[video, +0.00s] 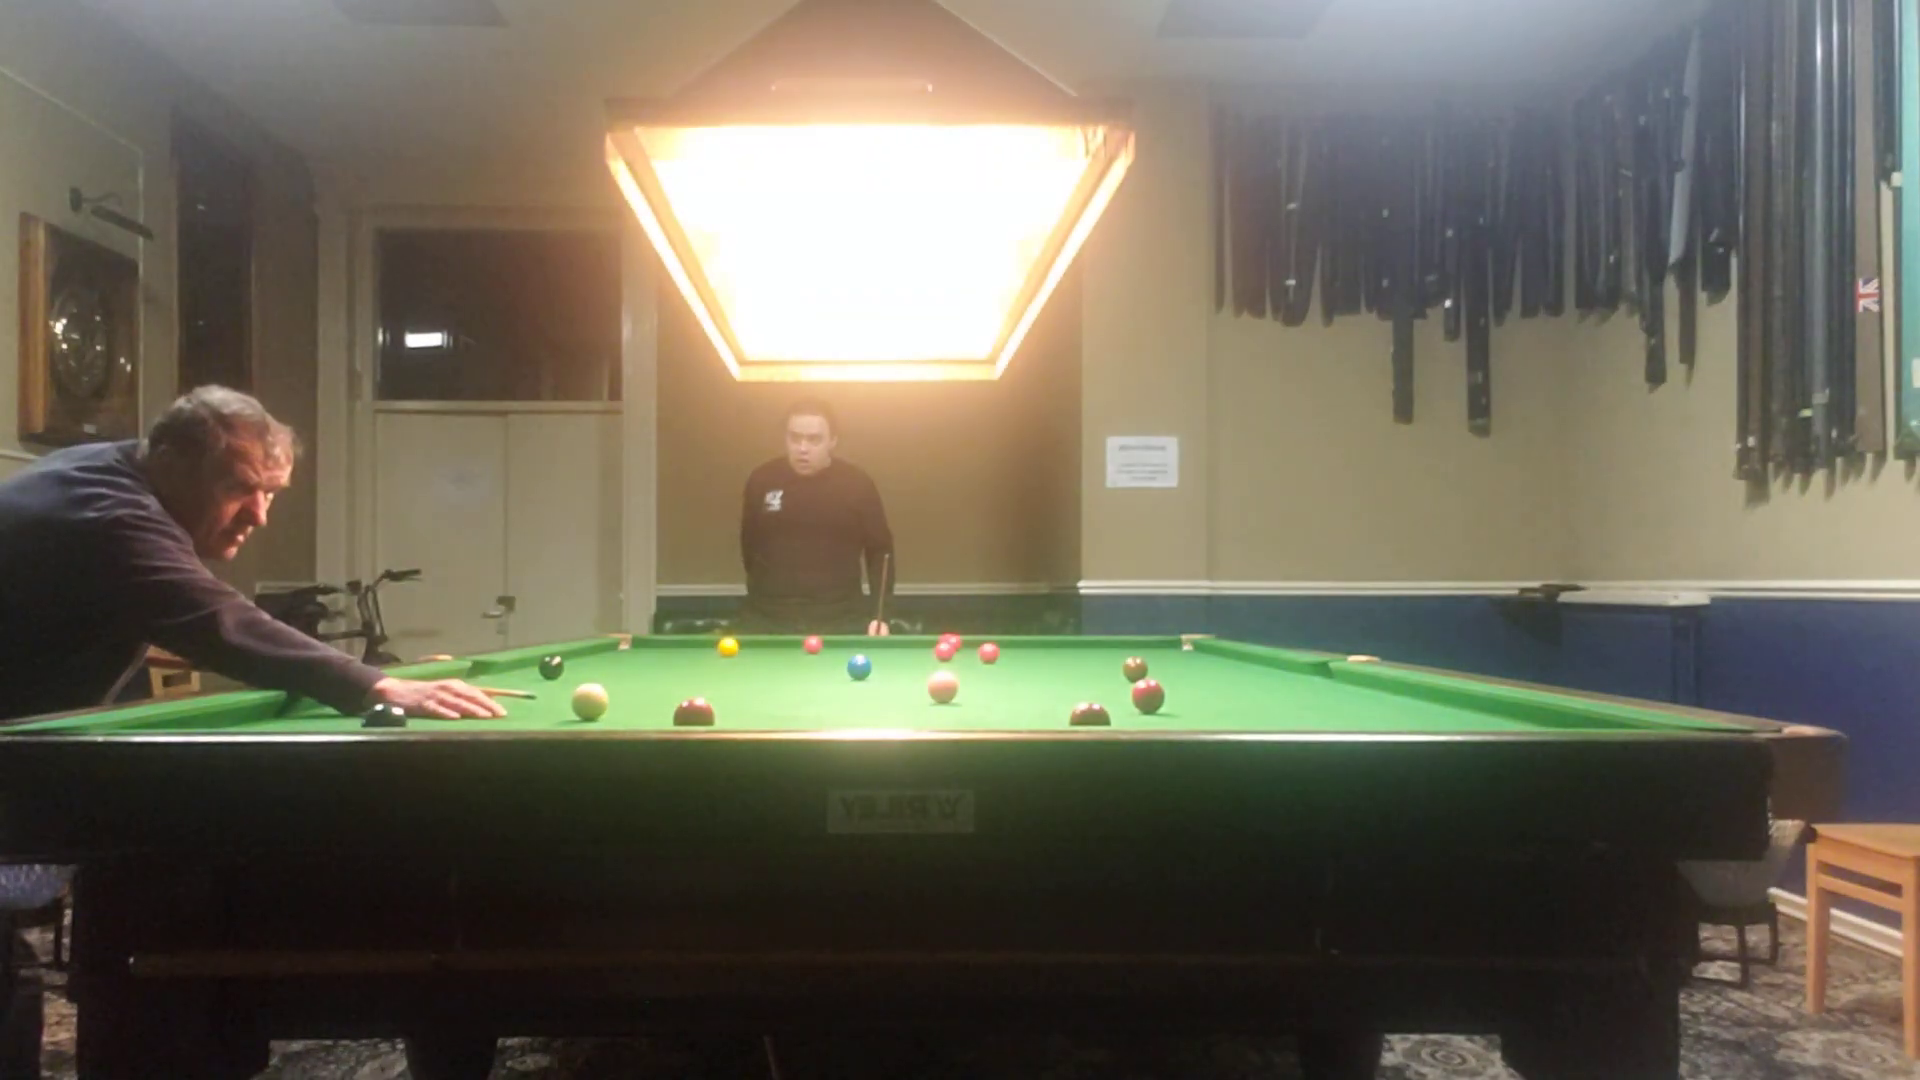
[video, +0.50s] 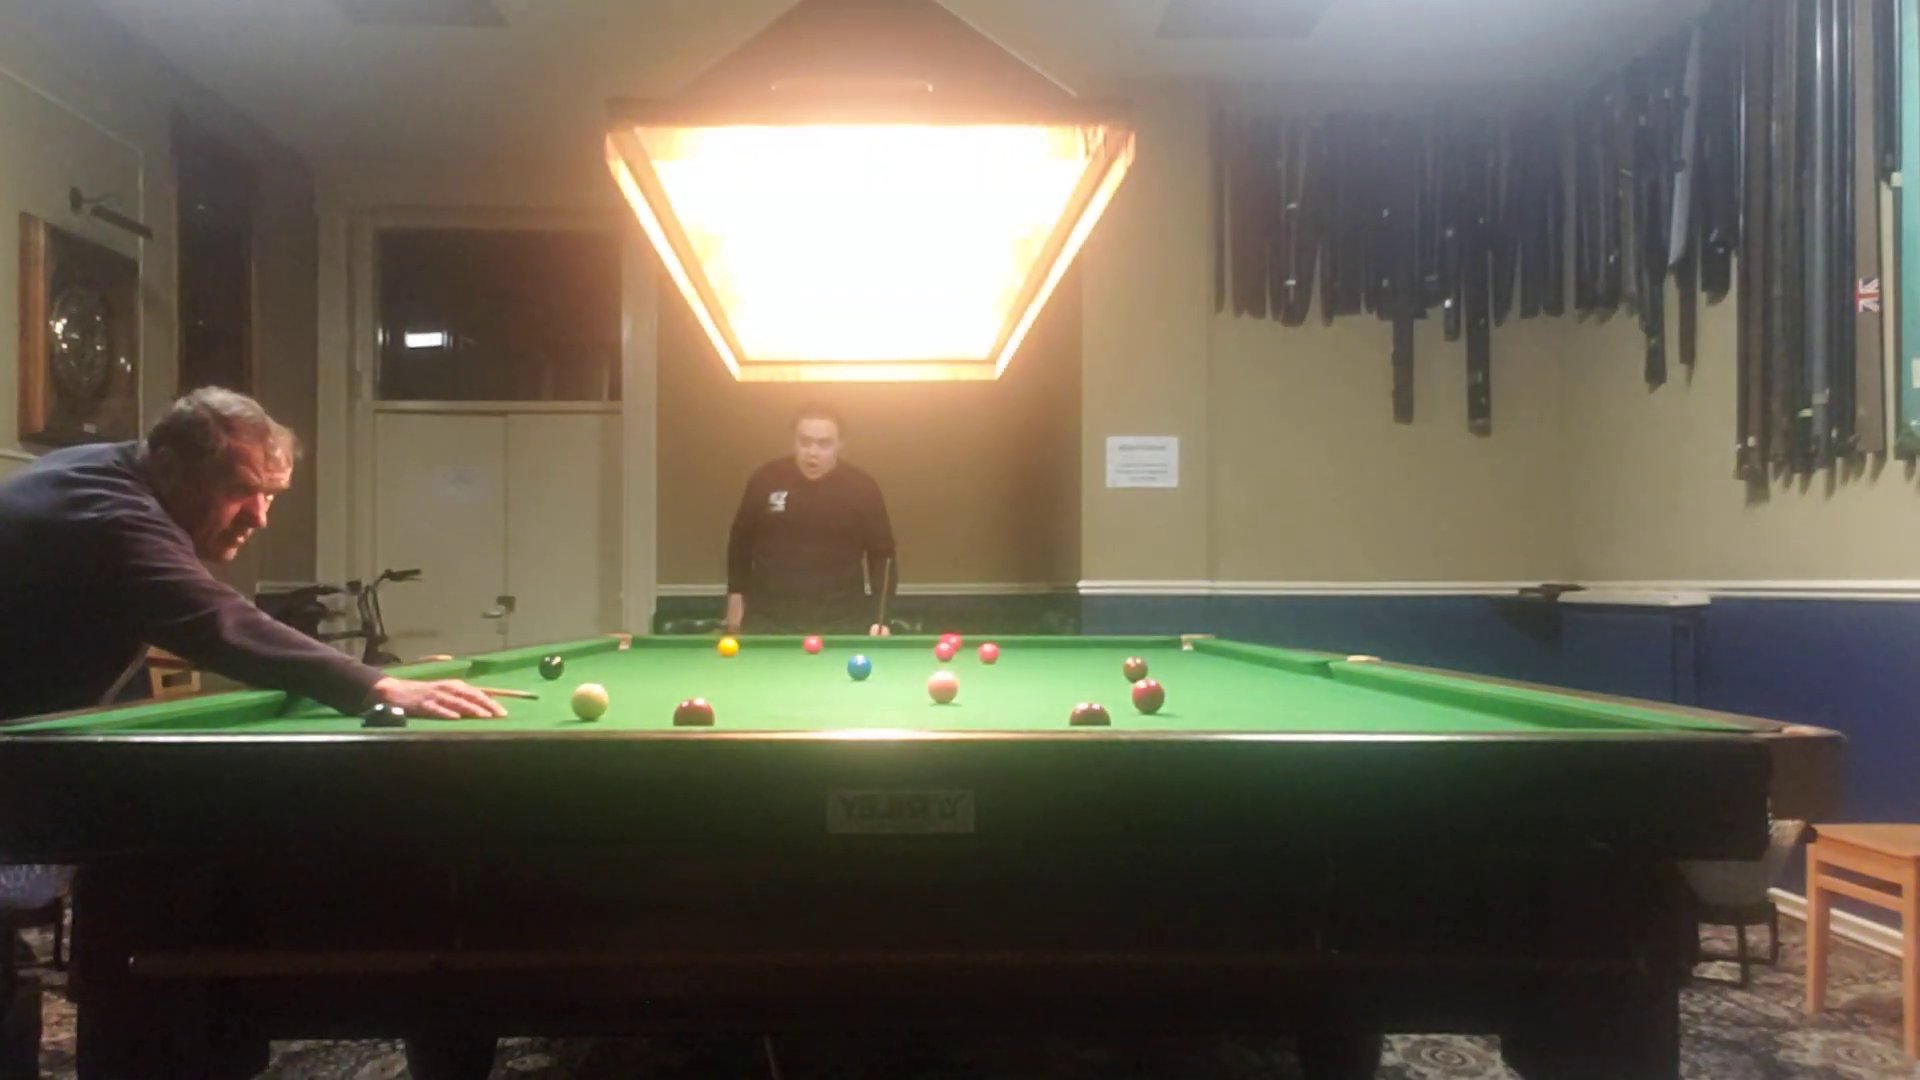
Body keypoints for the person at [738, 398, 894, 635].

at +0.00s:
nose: (803, 449)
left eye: (814, 439)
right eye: (795, 438)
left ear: (833, 442)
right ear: (785, 439)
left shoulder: (857, 484)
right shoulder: (762, 481)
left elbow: (880, 552)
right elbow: (750, 550)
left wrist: (880, 616)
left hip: (840, 621)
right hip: (769, 621)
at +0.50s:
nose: (813, 453)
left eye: (824, 444)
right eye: (805, 442)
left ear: (840, 445)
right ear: (794, 441)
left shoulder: (862, 488)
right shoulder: (766, 481)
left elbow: (883, 556)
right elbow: (740, 541)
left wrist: (882, 619)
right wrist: (736, 598)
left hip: (843, 626)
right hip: (770, 626)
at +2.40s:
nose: (813, 440)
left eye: (824, 432)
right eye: (805, 431)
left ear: (840, 439)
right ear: (794, 435)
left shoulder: (864, 487)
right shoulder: (769, 483)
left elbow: (901, 550)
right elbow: (742, 546)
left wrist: (890, 531)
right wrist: (731, 601)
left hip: (844, 623)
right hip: (774, 623)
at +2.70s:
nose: (810, 439)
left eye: (822, 431)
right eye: (803, 430)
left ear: (839, 438)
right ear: (793, 434)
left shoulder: (863, 485)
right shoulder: (769, 485)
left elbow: (896, 552)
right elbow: (743, 549)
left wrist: (886, 535)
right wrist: (736, 604)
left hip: (844, 622)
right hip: (775, 624)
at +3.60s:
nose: (789, 436)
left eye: (800, 428)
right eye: (781, 427)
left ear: (816, 436)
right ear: (769, 433)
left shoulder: (842, 482)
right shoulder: (747, 484)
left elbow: (875, 548)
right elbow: (724, 551)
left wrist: (865, 537)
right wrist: (718, 609)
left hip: (827, 623)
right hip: (756, 625)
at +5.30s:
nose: (733, 446)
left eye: (744, 437)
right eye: (725, 436)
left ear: (763, 439)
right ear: (714, 438)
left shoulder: (785, 487)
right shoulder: (691, 484)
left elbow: (815, 558)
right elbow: (665, 548)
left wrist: (817, 545)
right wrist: (658, 605)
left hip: (765, 631)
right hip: (694, 631)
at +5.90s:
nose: (738, 449)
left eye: (749, 440)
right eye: (730, 438)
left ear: (767, 442)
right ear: (719, 440)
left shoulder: (786, 487)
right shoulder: (696, 481)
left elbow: (812, 558)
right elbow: (667, 545)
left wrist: (820, 547)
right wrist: (659, 603)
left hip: (764, 633)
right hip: (694, 632)